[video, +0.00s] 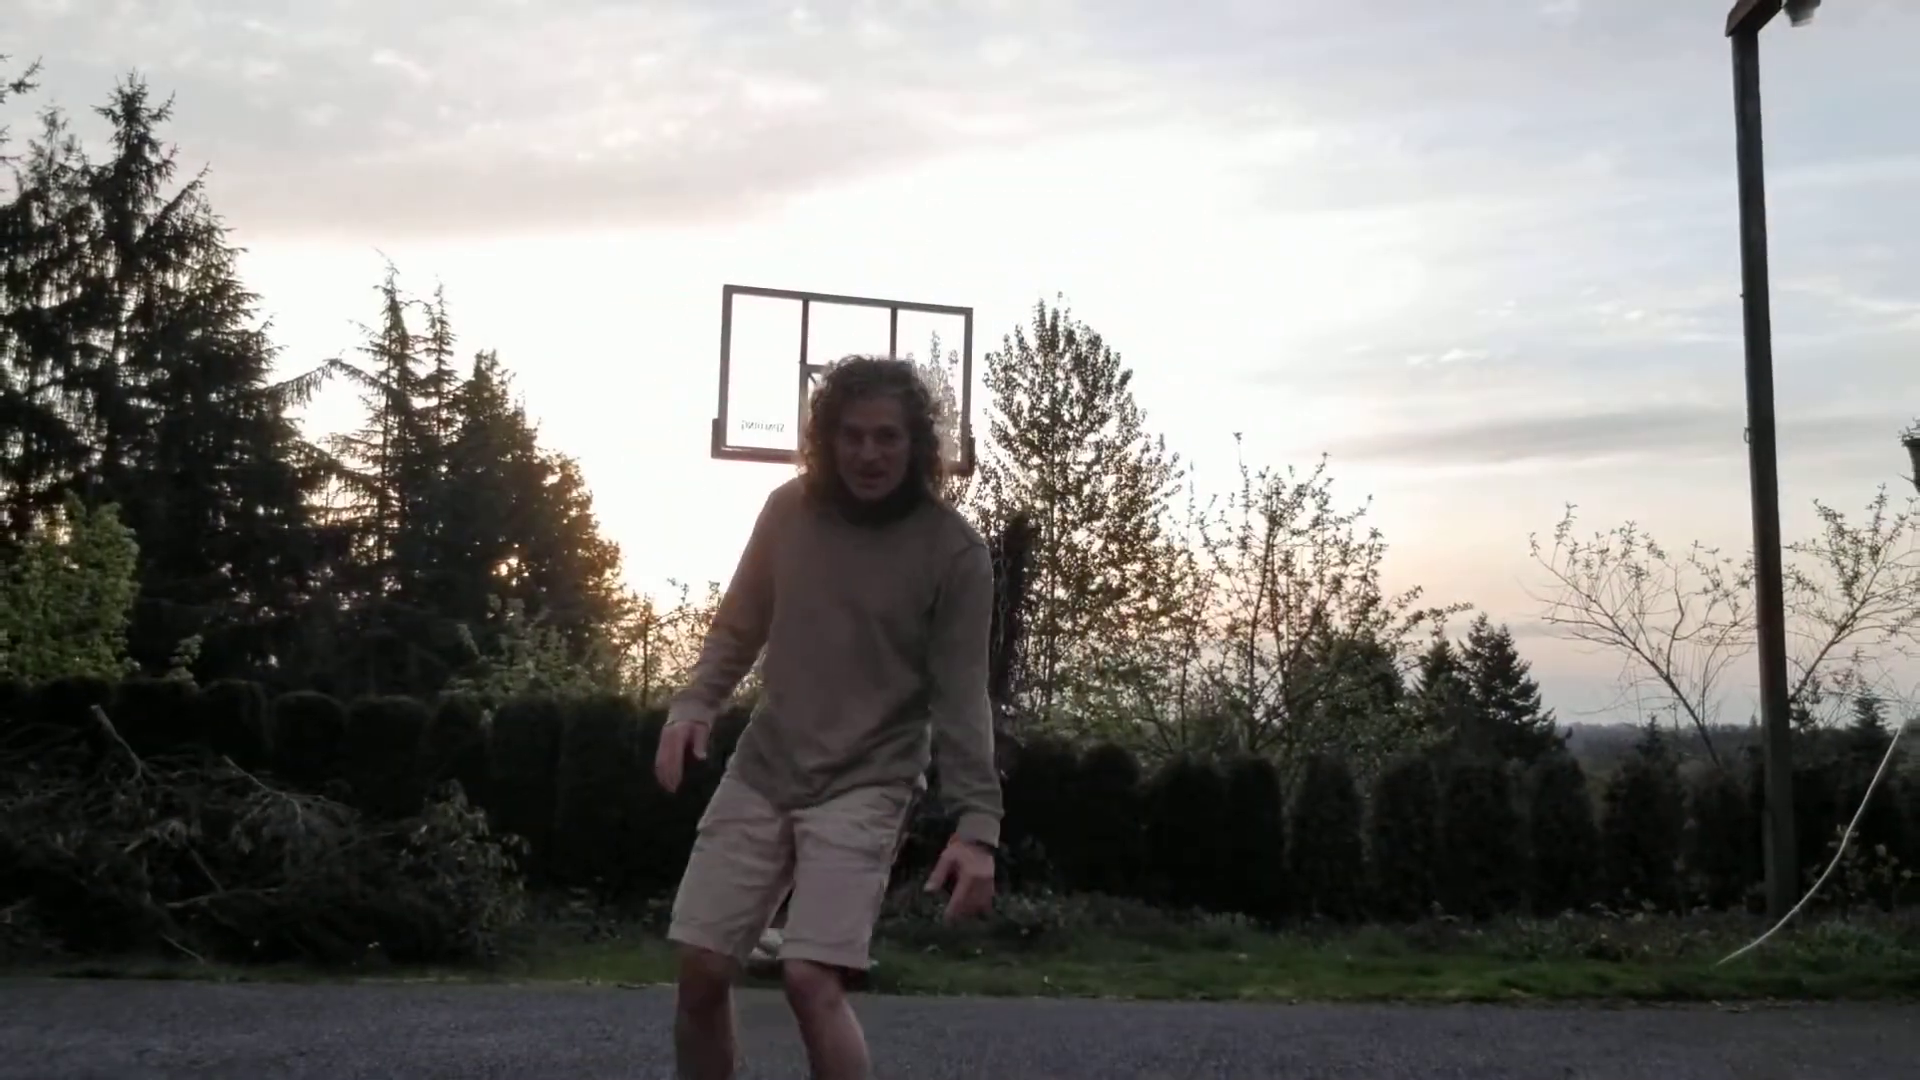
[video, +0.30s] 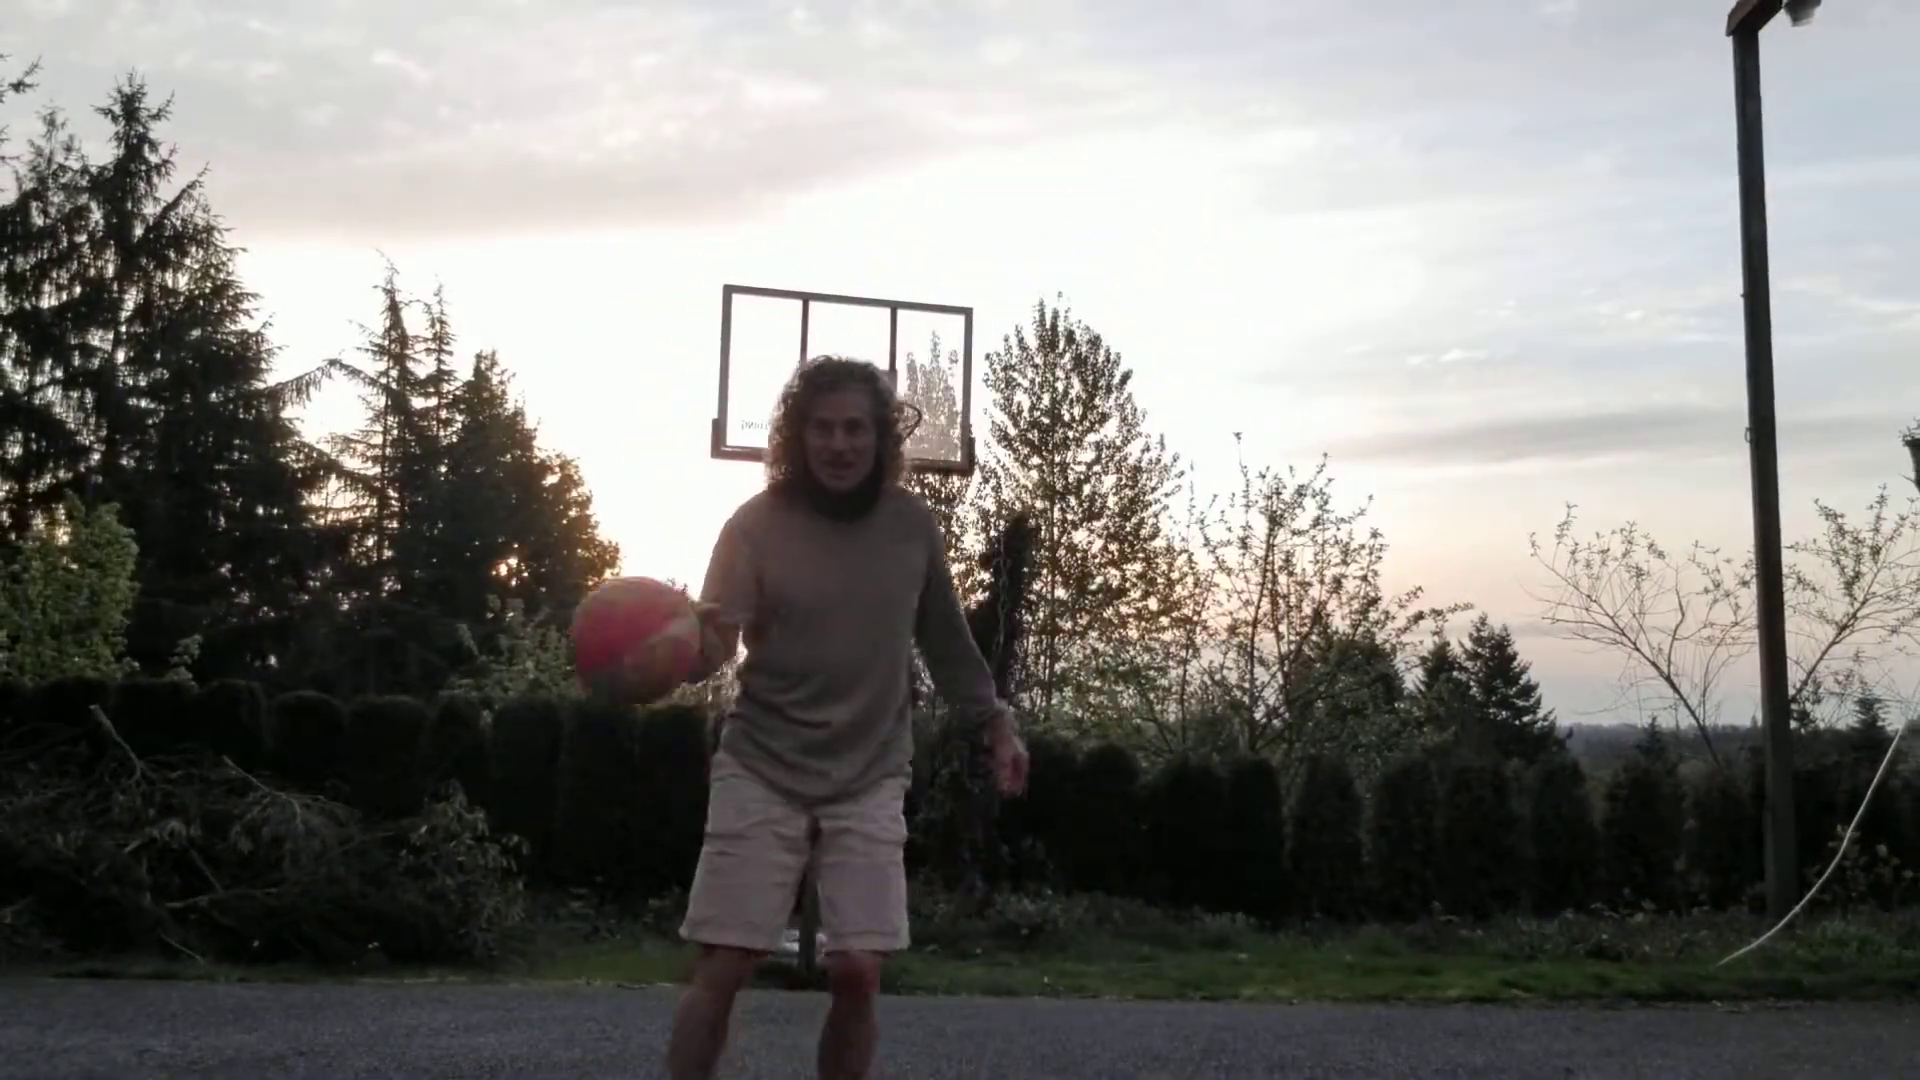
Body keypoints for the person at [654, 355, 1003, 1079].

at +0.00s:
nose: (870, 453)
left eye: (889, 436)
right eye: (853, 434)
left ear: (917, 444)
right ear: (826, 438)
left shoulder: (953, 549)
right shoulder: (789, 511)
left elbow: (963, 696)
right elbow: (737, 628)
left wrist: (977, 825)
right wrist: (694, 704)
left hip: (868, 783)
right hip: (763, 768)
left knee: (810, 975)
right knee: (701, 971)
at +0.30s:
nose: (840, 444)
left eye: (857, 428)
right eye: (823, 427)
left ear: (882, 437)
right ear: (798, 434)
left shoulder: (912, 527)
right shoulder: (757, 524)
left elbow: (948, 639)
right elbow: (710, 645)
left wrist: (995, 720)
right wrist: (692, 640)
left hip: (870, 777)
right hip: (761, 768)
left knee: (857, 976)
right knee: (726, 964)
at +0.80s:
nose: (832, 510)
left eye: (848, 496)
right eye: (818, 493)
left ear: (871, 502)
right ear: (790, 495)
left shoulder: (889, 578)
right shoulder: (752, 568)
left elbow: (953, 672)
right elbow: (662, 660)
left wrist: (1031, 757)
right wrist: (641, 738)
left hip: (804, 804)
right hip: (722, 783)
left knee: (774, 985)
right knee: (686, 957)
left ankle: (700, 1073)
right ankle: (604, 1073)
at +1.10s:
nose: (899, 522)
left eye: (912, 507)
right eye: (883, 506)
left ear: (930, 507)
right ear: (853, 503)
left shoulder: (946, 586)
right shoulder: (798, 570)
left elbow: (979, 675)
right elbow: (717, 668)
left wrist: (1003, 733)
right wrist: (669, 762)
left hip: (841, 795)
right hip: (770, 771)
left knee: (814, 963)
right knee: (776, 954)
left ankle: (718, 1073)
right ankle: (686, 1074)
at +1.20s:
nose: (934, 518)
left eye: (949, 503)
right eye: (917, 502)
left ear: (968, 505)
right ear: (887, 499)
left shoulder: (985, 581)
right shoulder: (834, 565)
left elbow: (1004, 672)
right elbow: (749, 653)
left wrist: (1016, 710)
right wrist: (689, 737)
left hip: (877, 787)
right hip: (806, 767)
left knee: (850, 960)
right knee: (831, 954)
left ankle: (746, 1068)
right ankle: (735, 1073)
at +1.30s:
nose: (984, 516)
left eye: (998, 501)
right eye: (968, 500)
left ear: (1015, 504)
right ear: (937, 498)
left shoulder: (1030, 583)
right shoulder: (879, 565)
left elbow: (1045, 686)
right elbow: (787, 643)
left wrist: (1042, 732)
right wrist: (704, 708)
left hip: (923, 778)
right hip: (850, 761)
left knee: (909, 955)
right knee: (878, 951)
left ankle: (827, 1071)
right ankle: (809, 1075)